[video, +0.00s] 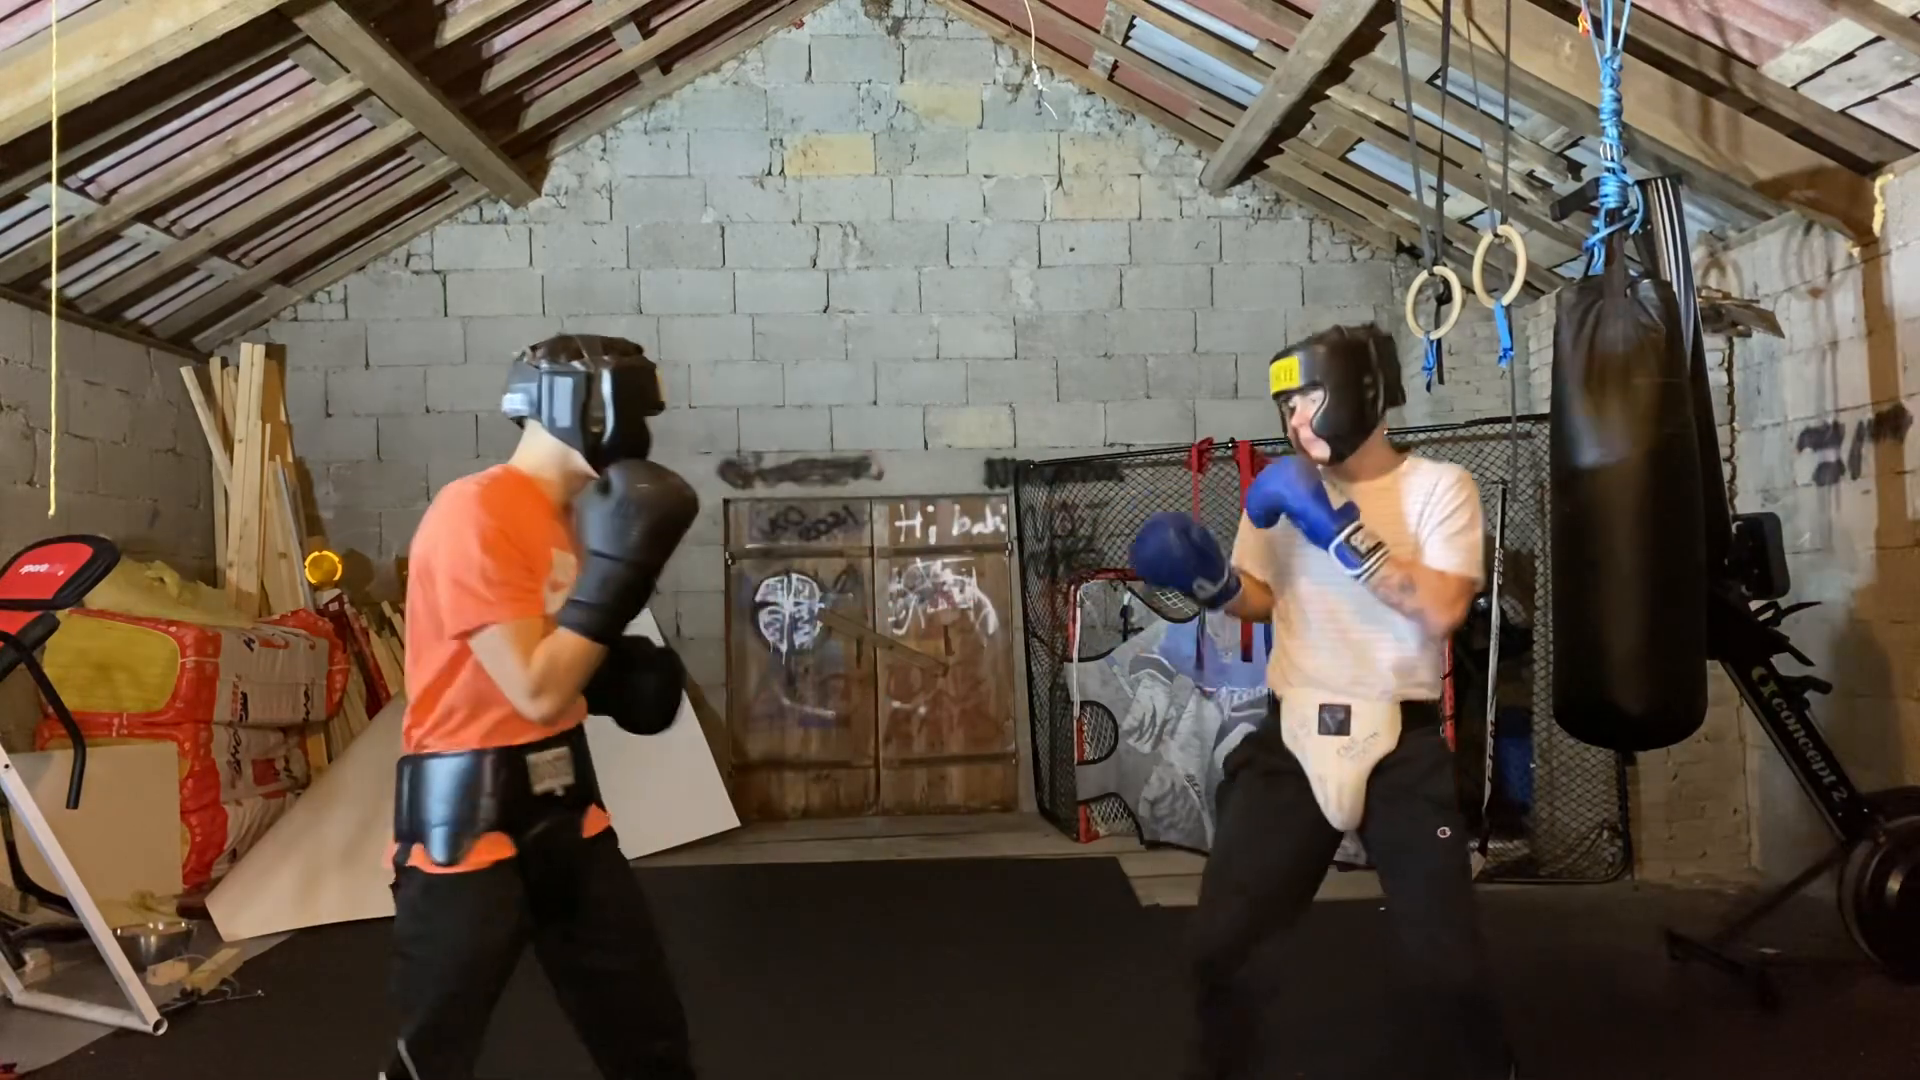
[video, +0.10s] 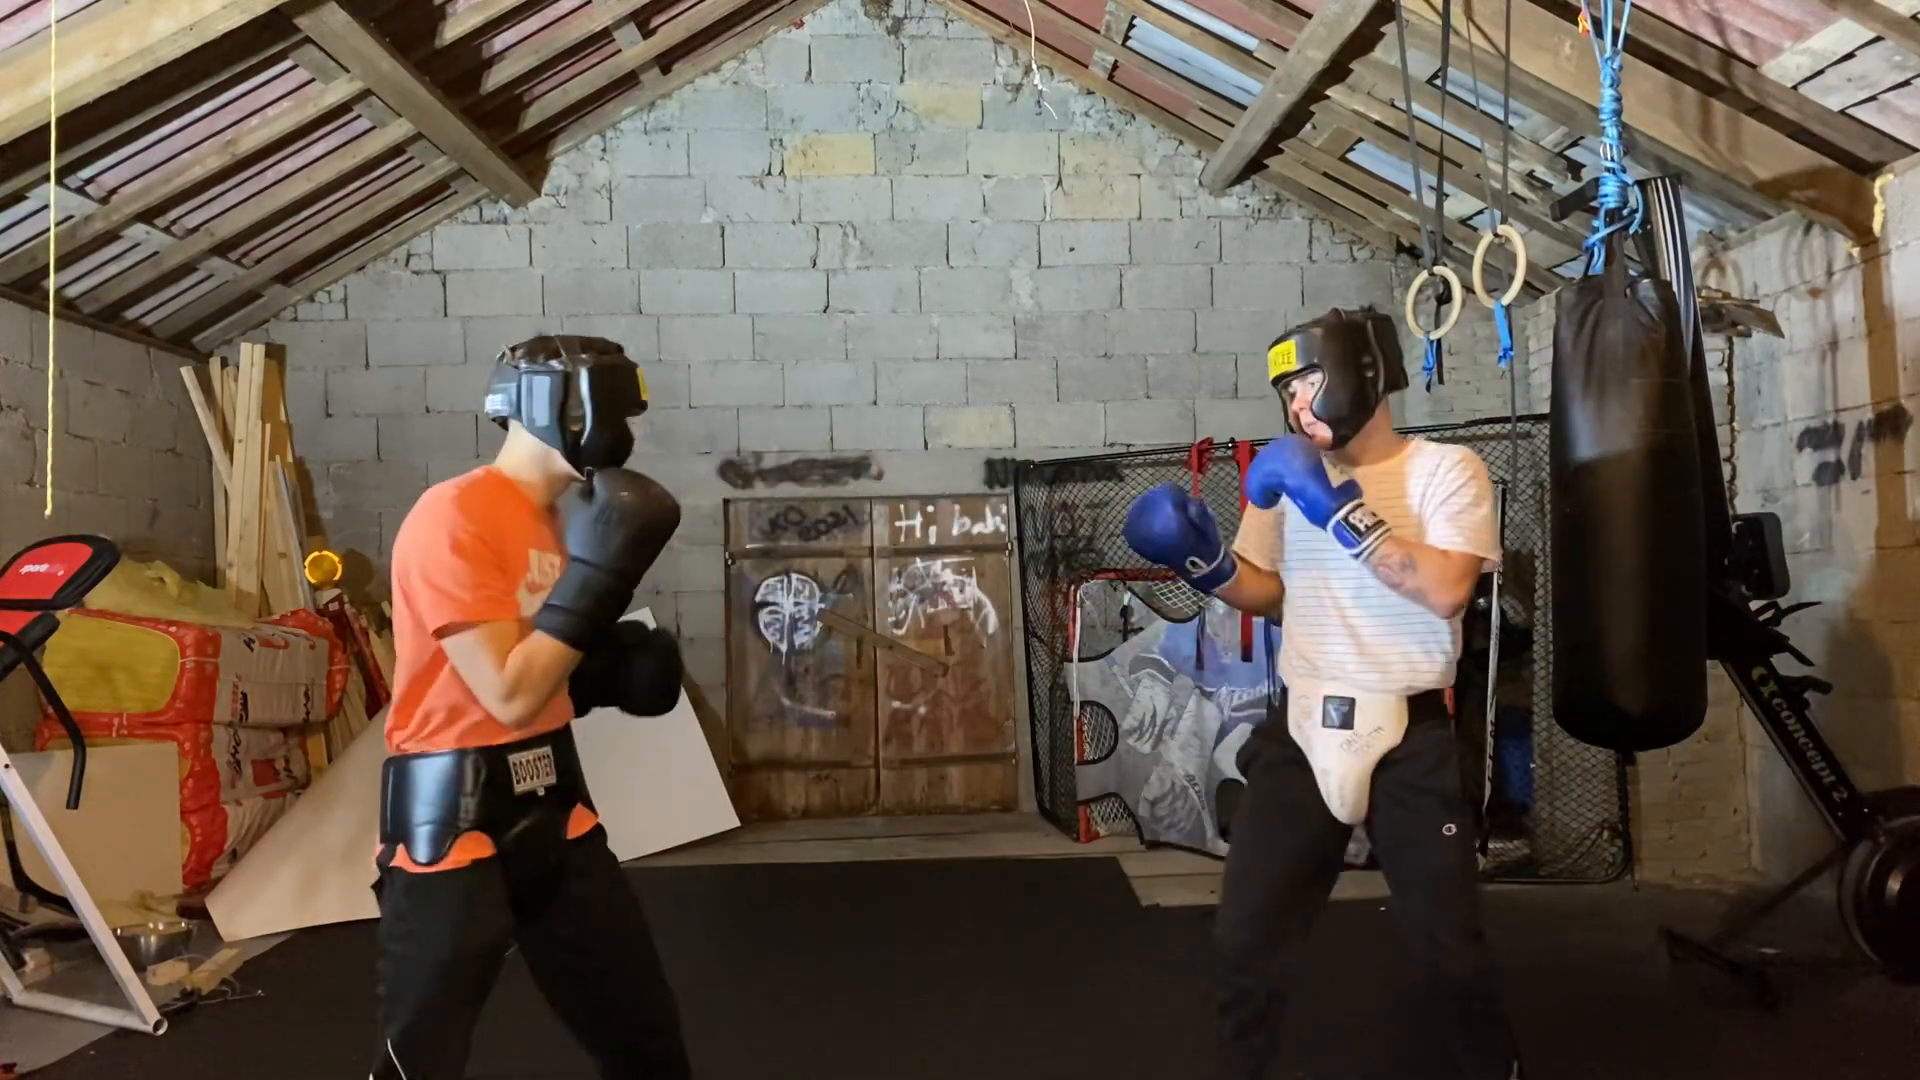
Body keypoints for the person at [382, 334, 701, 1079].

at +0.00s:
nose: (640, 437)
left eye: (640, 416)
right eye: (632, 414)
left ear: (556, 406)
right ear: (590, 410)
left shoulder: (576, 525)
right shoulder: (471, 512)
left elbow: (540, 658)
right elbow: (536, 685)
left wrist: (611, 677)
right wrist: (614, 571)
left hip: (564, 811)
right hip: (466, 826)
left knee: (650, 1045)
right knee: (432, 1059)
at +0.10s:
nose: (623, 439)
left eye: (624, 419)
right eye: (613, 418)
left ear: (548, 412)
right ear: (566, 412)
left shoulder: (568, 527)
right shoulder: (449, 517)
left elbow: (533, 684)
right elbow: (510, 697)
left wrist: (606, 675)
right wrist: (594, 576)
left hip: (552, 808)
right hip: (449, 822)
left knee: (645, 1042)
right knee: (420, 1061)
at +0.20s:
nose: (619, 444)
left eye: (620, 425)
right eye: (608, 424)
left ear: (554, 422)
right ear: (561, 422)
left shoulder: (559, 537)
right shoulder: (443, 529)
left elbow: (541, 699)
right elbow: (496, 703)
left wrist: (630, 666)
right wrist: (586, 593)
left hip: (548, 812)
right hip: (451, 830)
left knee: (643, 1030)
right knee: (443, 1058)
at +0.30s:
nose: (636, 470)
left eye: (638, 450)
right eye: (627, 448)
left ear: (574, 446)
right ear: (578, 445)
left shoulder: (574, 560)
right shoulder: (454, 544)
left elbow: (569, 727)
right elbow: (513, 716)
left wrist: (657, 657)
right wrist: (601, 609)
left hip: (553, 821)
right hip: (457, 838)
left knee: (656, 1035)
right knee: (455, 1060)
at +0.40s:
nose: (659, 481)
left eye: (661, 463)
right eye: (652, 461)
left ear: (591, 454)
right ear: (605, 456)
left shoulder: (594, 567)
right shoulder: (484, 548)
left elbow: (646, 711)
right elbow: (564, 701)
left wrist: (706, 610)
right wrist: (648, 586)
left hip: (570, 827)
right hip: (475, 839)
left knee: (673, 1027)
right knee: (454, 1059)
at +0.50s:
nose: (676, 461)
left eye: (679, 447)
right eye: (667, 444)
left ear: (606, 439)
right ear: (619, 439)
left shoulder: (634, 544)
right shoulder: (512, 535)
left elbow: (712, 654)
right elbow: (634, 648)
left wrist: (736, 533)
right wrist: (687, 524)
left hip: (594, 809)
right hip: (495, 822)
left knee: (680, 1026)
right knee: (436, 1055)